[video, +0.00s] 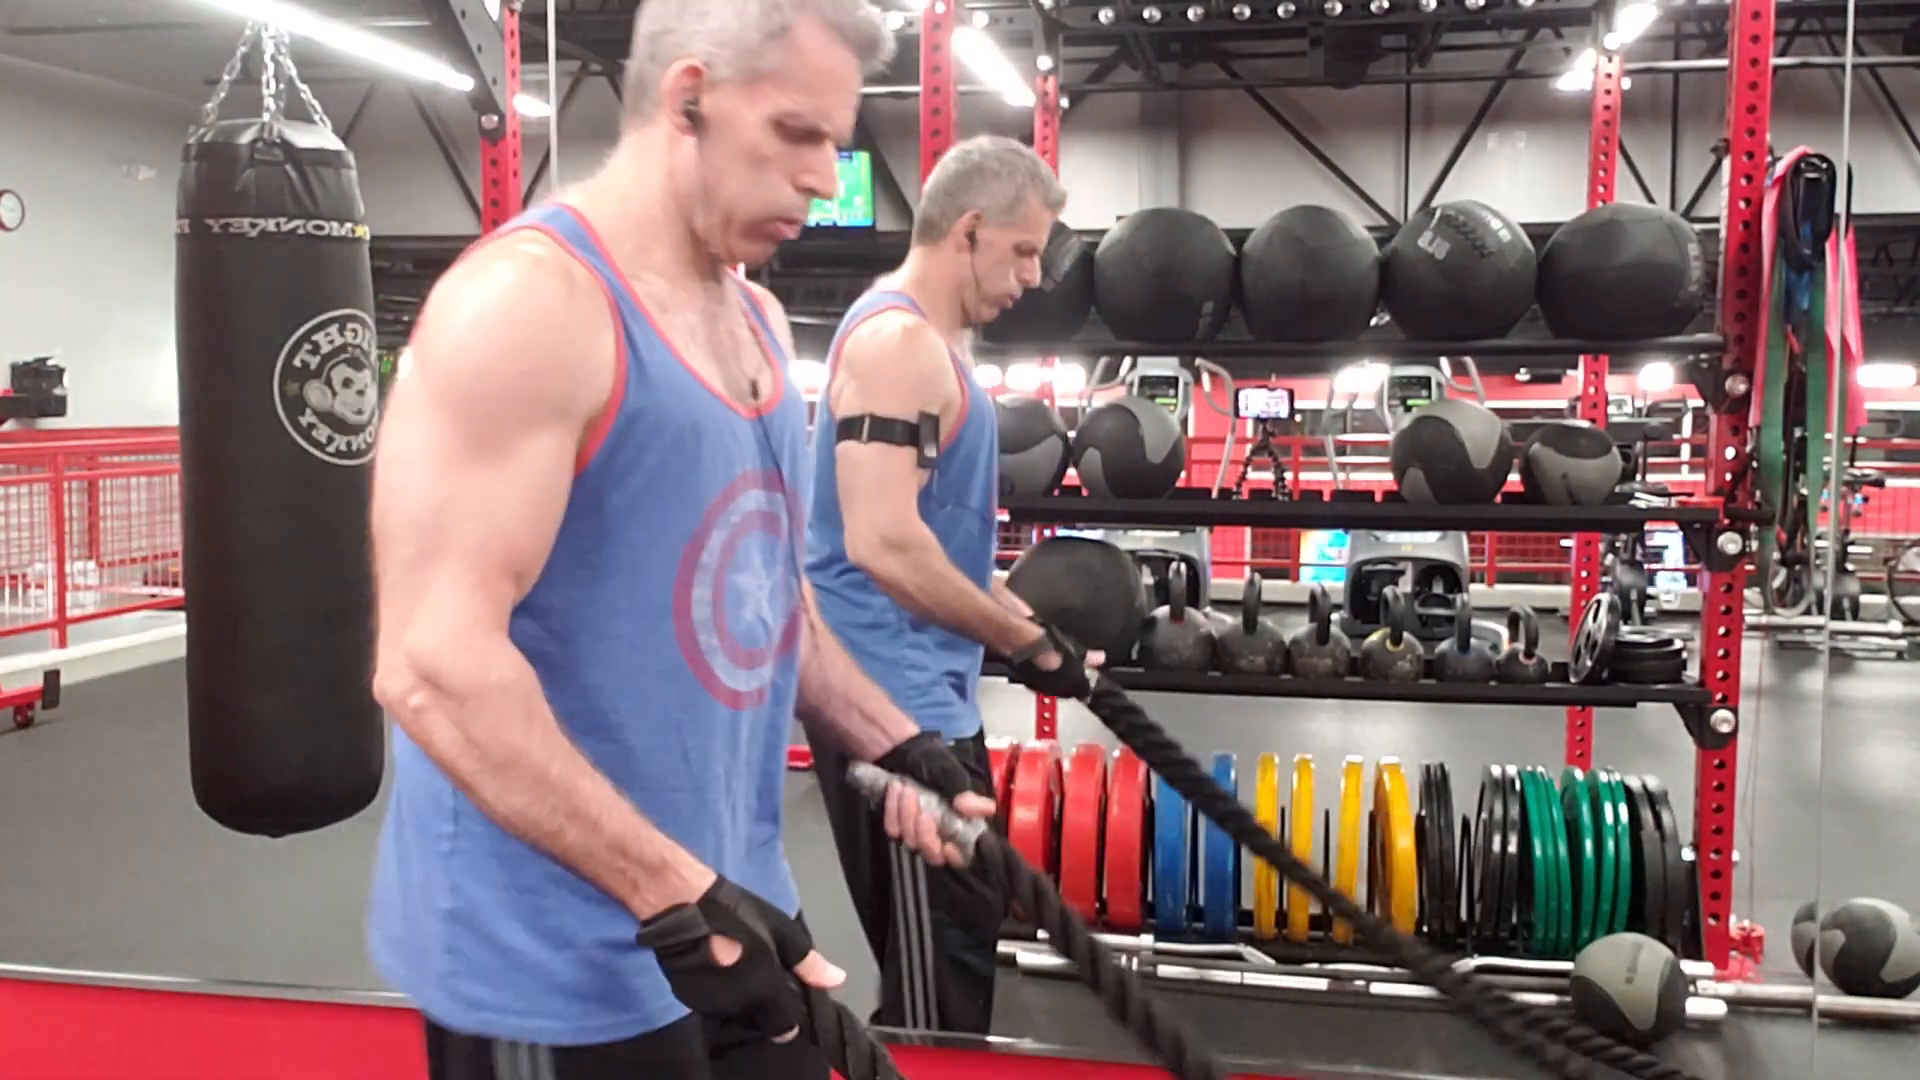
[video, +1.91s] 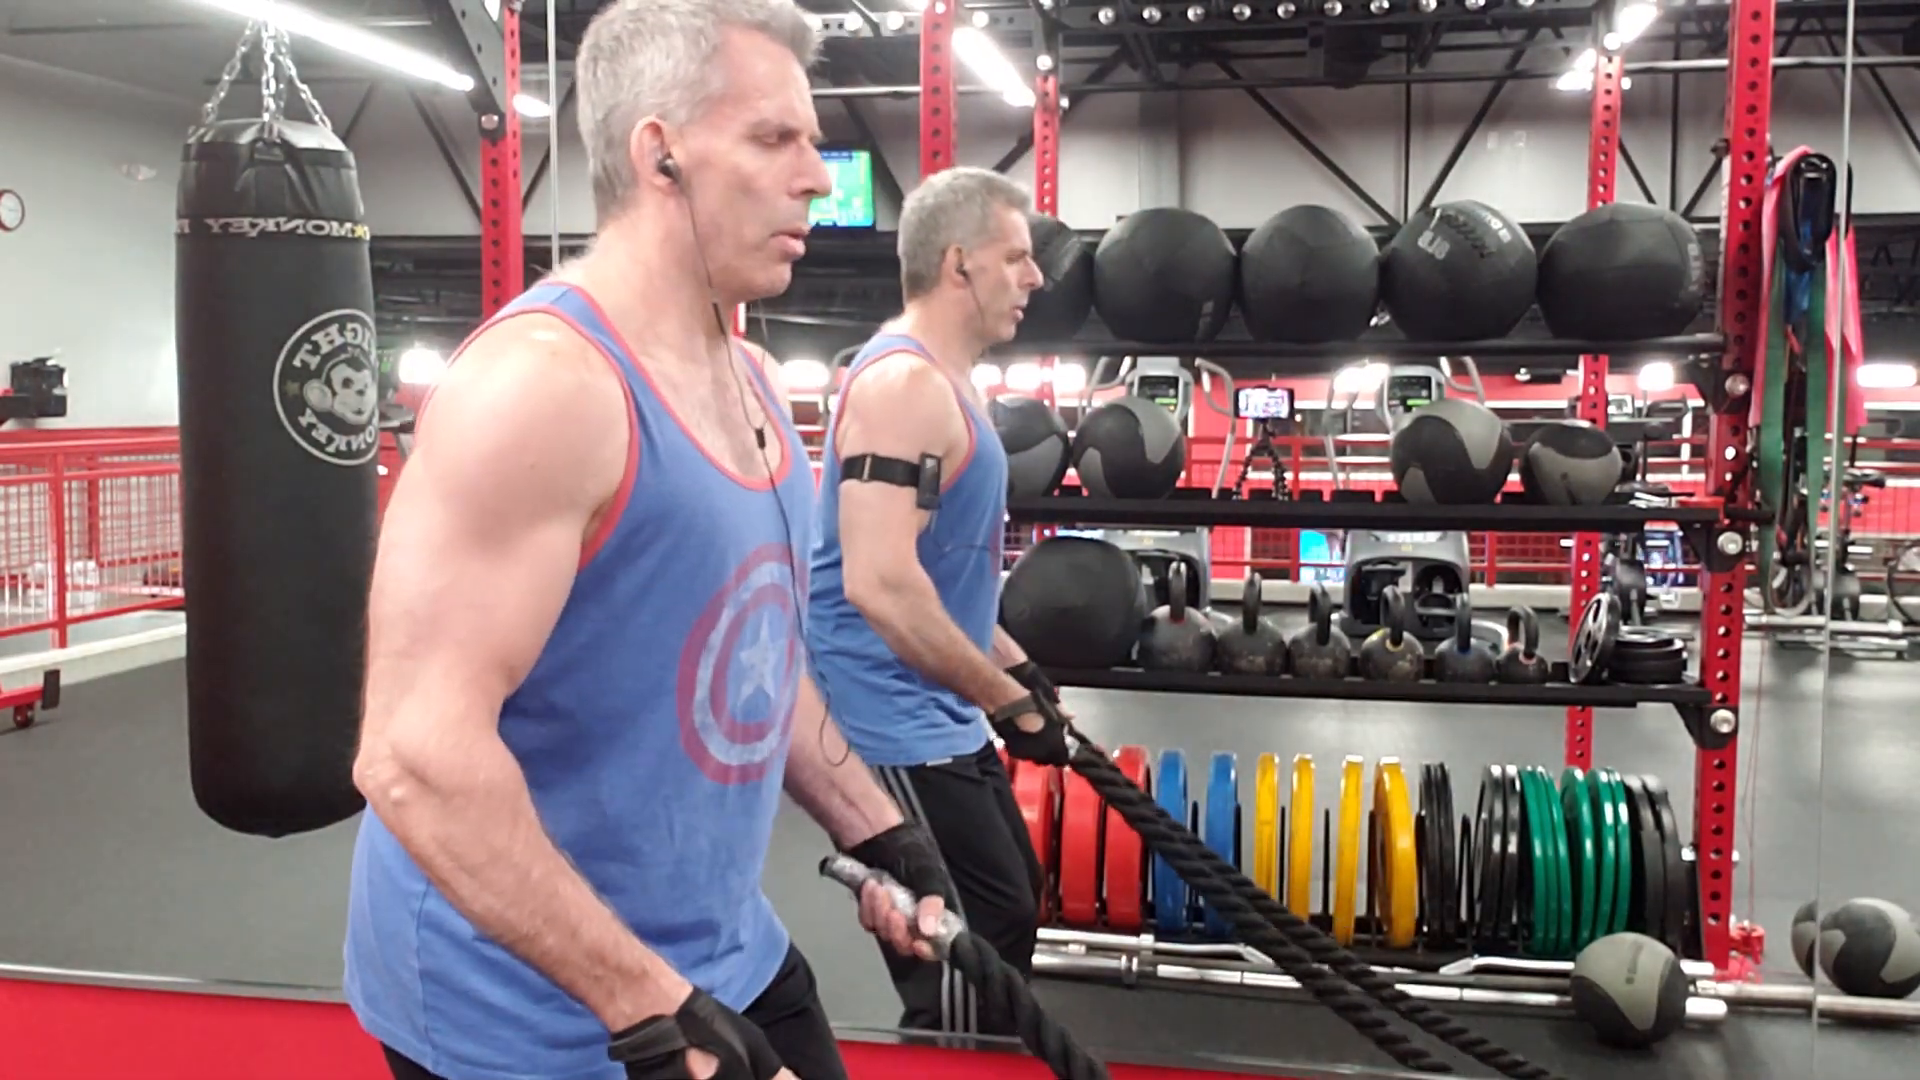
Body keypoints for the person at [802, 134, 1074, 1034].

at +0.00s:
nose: (1033, 277)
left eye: (1039, 257)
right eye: (1024, 252)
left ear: (970, 234)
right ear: (966, 231)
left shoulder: (923, 338)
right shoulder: (899, 339)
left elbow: (923, 535)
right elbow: (883, 539)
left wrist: (1020, 623)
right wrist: (1023, 638)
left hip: (925, 712)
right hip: (898, 720)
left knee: (943, 989)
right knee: (940, 995)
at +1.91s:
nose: (1034, 278)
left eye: (1031, 258)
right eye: (1018, 257)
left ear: (968, 268)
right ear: (961, 264)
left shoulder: (946, 383)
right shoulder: (903, 382)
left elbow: (944, 574)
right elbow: (880, 579)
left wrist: (1016, 670)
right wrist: (1000, 700)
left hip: (946, 723)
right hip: (896, 730)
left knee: (1002, 926)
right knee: (993, 930)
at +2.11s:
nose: (1039, 278)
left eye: (1035, 258)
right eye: (1022, 257)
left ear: (970, 271)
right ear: (964, 267)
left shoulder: (949, 387)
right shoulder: (901, 387)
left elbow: (945, 580)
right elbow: (875, 587)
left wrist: (1010, 679)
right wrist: (994, 706)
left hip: (946, 723)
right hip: (894, 730)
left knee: (1004, 922)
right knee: (993, 929)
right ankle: (957, 1078)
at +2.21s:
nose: (1040, 279)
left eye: (1036, 259)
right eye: (1023, 258)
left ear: (971, 273)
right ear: (966, 269)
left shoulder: (948, 388)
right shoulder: (901, 388)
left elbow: (944, 580)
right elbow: (874, 589)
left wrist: (1009, 680)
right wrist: (994, 707)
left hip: (946, 724)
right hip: (894, 731)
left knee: (1005, 921)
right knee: (996, 929)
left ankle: (965, 1072)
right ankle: (959, 1078)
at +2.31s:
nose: (1041, 280)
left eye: (1038, 260)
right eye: (1024, 259)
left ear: (971, 274)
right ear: (966, 270)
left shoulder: (949, 389)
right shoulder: (903, 390)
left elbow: (945, 582)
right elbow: (876, 591)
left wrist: (1008, 682)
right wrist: (996, 708)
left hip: (945, 723)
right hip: (894, 730)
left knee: (1009, 920)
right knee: (996, 928)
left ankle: (969, 1074)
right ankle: (959, 1078)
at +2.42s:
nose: (1045, 283)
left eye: (1041, 262)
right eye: (1028, 261)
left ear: (975, 274)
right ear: (970, 270)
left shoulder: (950, 390)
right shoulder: (905, 390)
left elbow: (939, 583)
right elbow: (877, 591)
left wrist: (1003, 687)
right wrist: (998, 707)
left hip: (946, 723)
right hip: (895, 729)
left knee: (1010, 921)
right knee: (995, 930)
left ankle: (971, 1073)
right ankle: (956, 1078)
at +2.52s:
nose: (1047, 285)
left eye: (1045, 265)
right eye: (1032, 264)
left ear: (977, 276)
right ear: (974, 273)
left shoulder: (950, 390)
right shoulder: (908, 391)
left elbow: (926, 581)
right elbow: (877, 589)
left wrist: (999, 695)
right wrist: (999, 704)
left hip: (946, 727)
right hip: (896, 733)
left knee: (1009, 921)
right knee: (998, 929)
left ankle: (966, 1074)